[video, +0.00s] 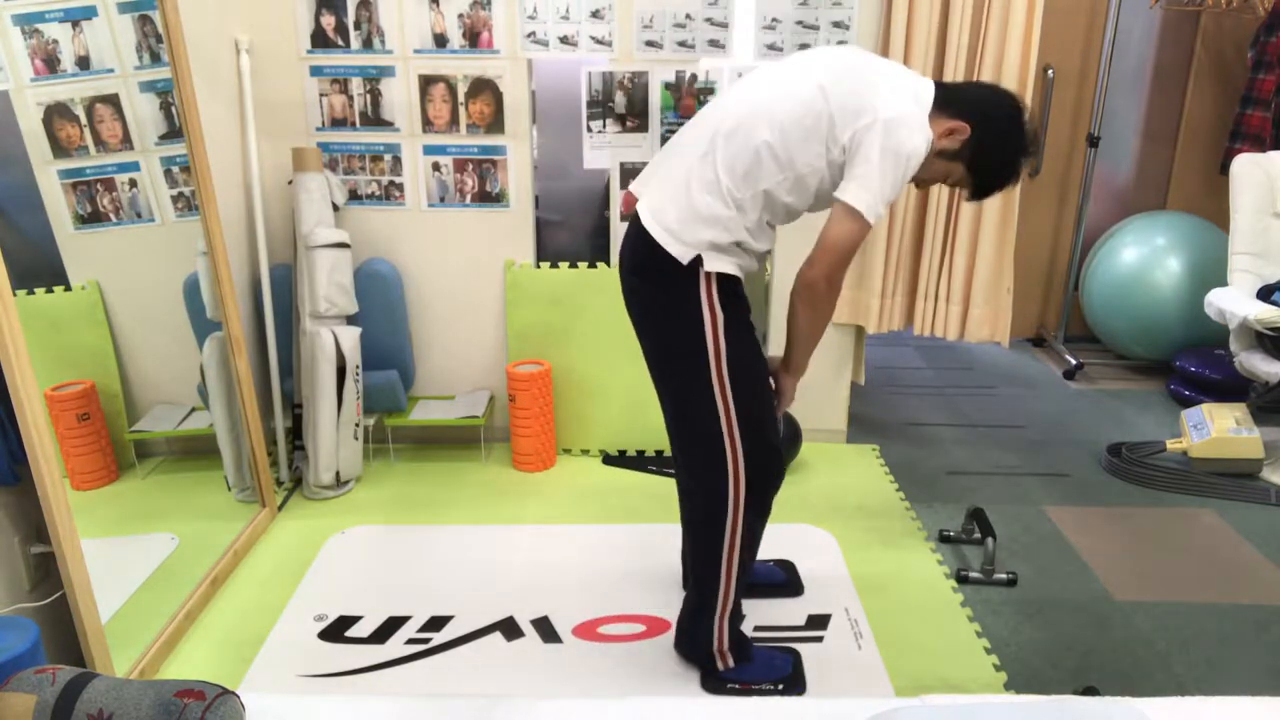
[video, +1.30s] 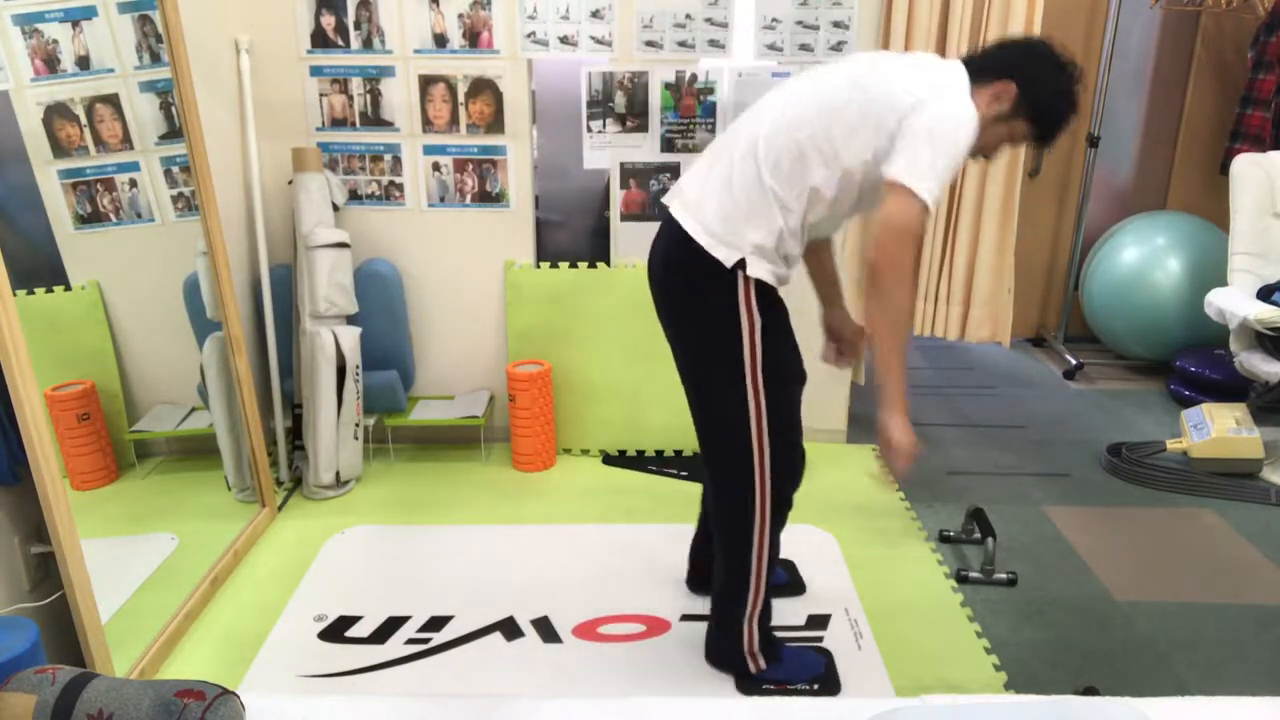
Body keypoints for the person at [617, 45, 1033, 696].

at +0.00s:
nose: (931, 189)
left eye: (948, 187)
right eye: (950, 181)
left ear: (951, 122)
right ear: (952, 134)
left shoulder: (879, 80)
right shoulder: (899, 125)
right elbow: (820, 272)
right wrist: (793, 369)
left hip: (676, 232)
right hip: (685, 250)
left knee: (748, 431)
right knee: (742, 452)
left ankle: (723, 566)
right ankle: (713, 646)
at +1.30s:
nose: (988, 153)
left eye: (1006, 148)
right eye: (1007, 141)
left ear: (994, 86)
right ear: (1002, 96)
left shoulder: (910, 76)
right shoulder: (946, 107)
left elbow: (808, 198)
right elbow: (890, 253)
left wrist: (834, 309)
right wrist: (893, 407)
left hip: (711, 234)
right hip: (722, 253)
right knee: (766, 459)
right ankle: (744, 649)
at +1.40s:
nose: (1011, 194)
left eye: (1025, 186)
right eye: (1024, 179)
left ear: (1003, 131)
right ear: (1013, 141)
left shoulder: (935, 118)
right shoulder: (960, 154)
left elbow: (843, 243)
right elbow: (924, 329)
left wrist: (862, 348)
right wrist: (944, 465)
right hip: (713, 259)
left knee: (775, 452)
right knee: (759, 468)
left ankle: (744, 574)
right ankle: (742, 651)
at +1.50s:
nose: (1010, 257)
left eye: (1024, 250)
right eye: (1024, 244)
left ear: (1007, 196)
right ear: (1015, 210)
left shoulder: (942, 176)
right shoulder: (963, 211)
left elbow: (873, 288)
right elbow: (953, 383)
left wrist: (895, 396)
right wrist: (992, 522)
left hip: (726, 261)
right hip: (704, 266)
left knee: (786, 459)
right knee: (761, 469)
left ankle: (751, 574)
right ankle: (743, 650)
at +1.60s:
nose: (998, 344)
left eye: (1007, 340)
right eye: (1008, 335)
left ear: (1000, 281)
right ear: (1005, 300)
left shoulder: (941, 259)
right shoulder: (959, 289)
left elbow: (916, 372)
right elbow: (977, 461)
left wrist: (938, 454)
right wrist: (1032, 588)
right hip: (699, 287)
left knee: (796, 459)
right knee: (788, 475)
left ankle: (752, 578)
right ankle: (745, 650)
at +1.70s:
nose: (985, 390)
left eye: (994, 383)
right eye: (997, 380)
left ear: (985, 329)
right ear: (992, 350)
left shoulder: (930, 304)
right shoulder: (949, 329)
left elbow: (933, 425)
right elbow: (982, 496)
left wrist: (973, 508)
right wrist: (1049, 625)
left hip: (707, 287)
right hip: (698, 304)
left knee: (808, 456)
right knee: (808, 483)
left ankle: (748, 577)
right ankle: (748, 649)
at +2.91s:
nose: (1024, 427)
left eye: (1034, 424)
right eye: (1035, 418)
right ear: (1033, 385)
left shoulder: (966, 334)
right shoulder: (998, 368)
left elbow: (943, 414)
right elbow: (1033, 538)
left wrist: (964, 489)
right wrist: (1079, 657)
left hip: (724, 290)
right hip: (744, 310)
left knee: (805, 461)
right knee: (846, 491)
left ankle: (750, 575)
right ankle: (748, 640)